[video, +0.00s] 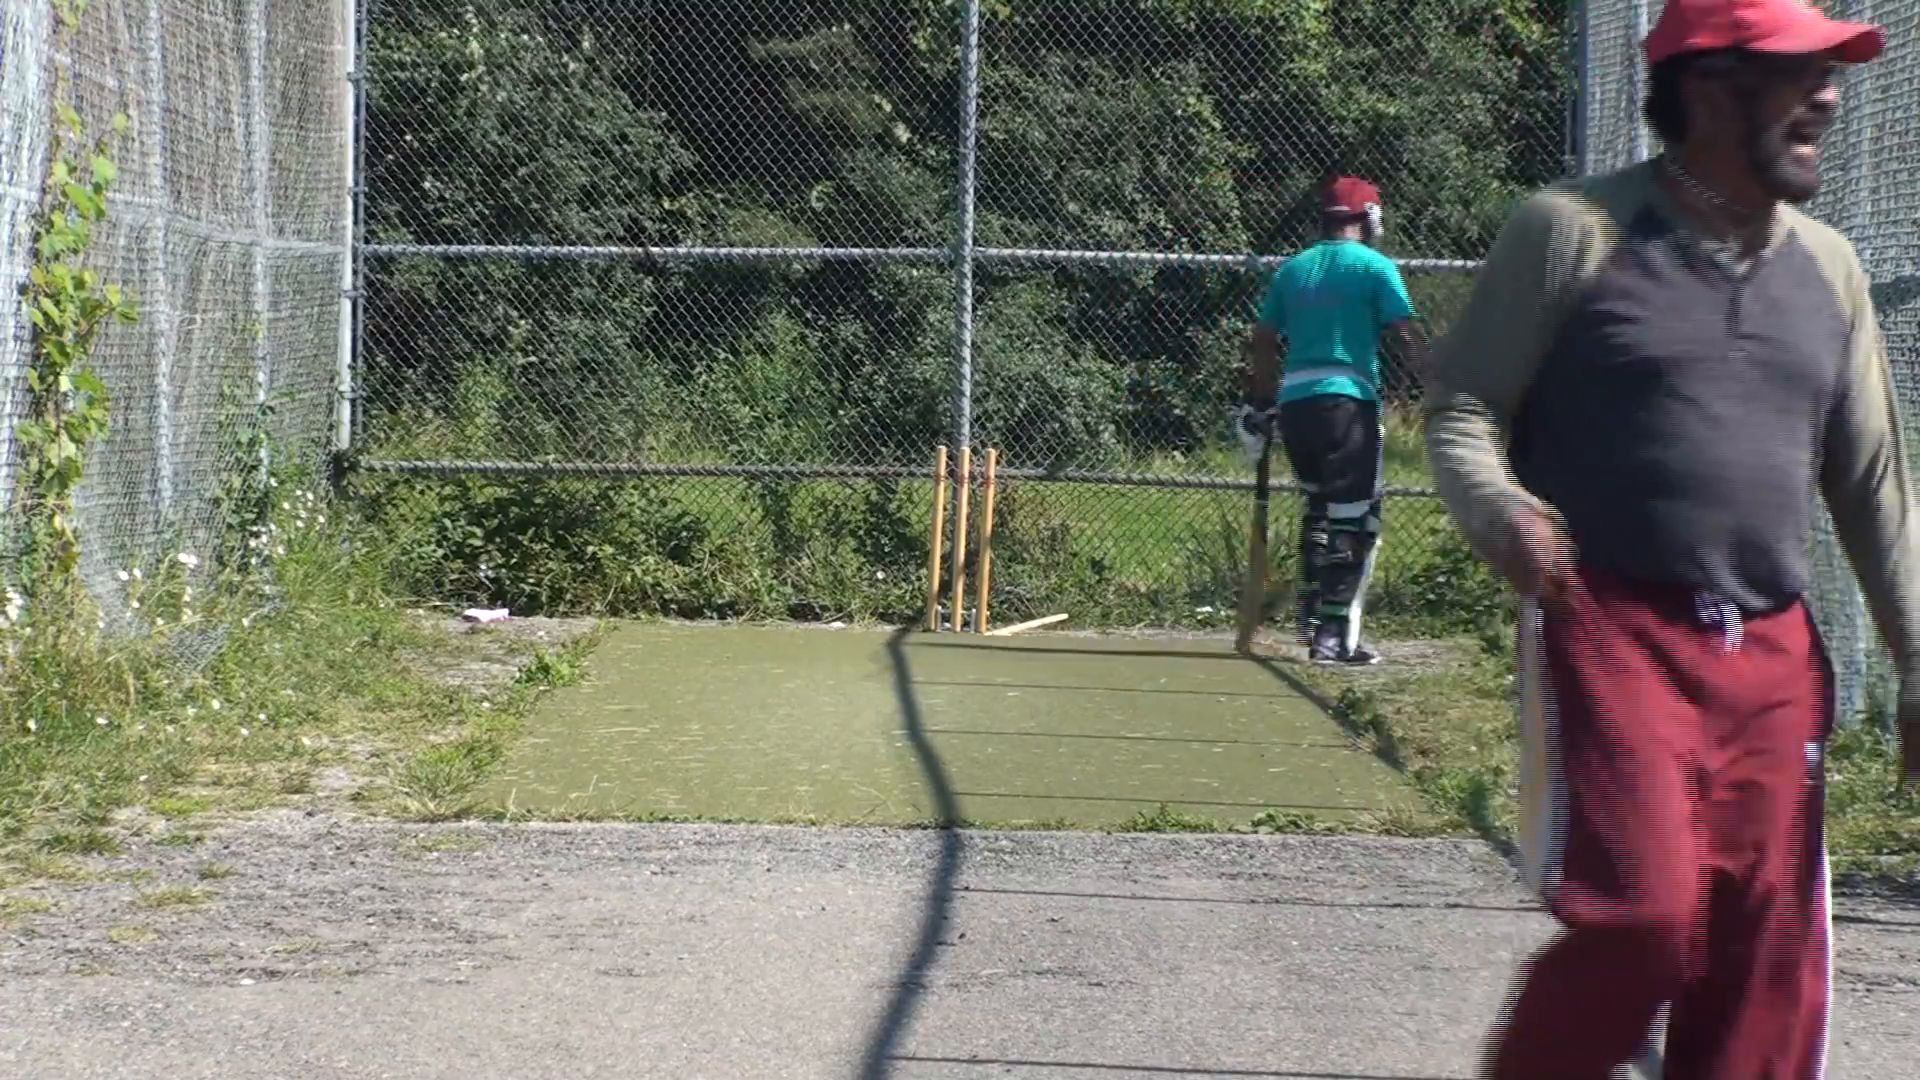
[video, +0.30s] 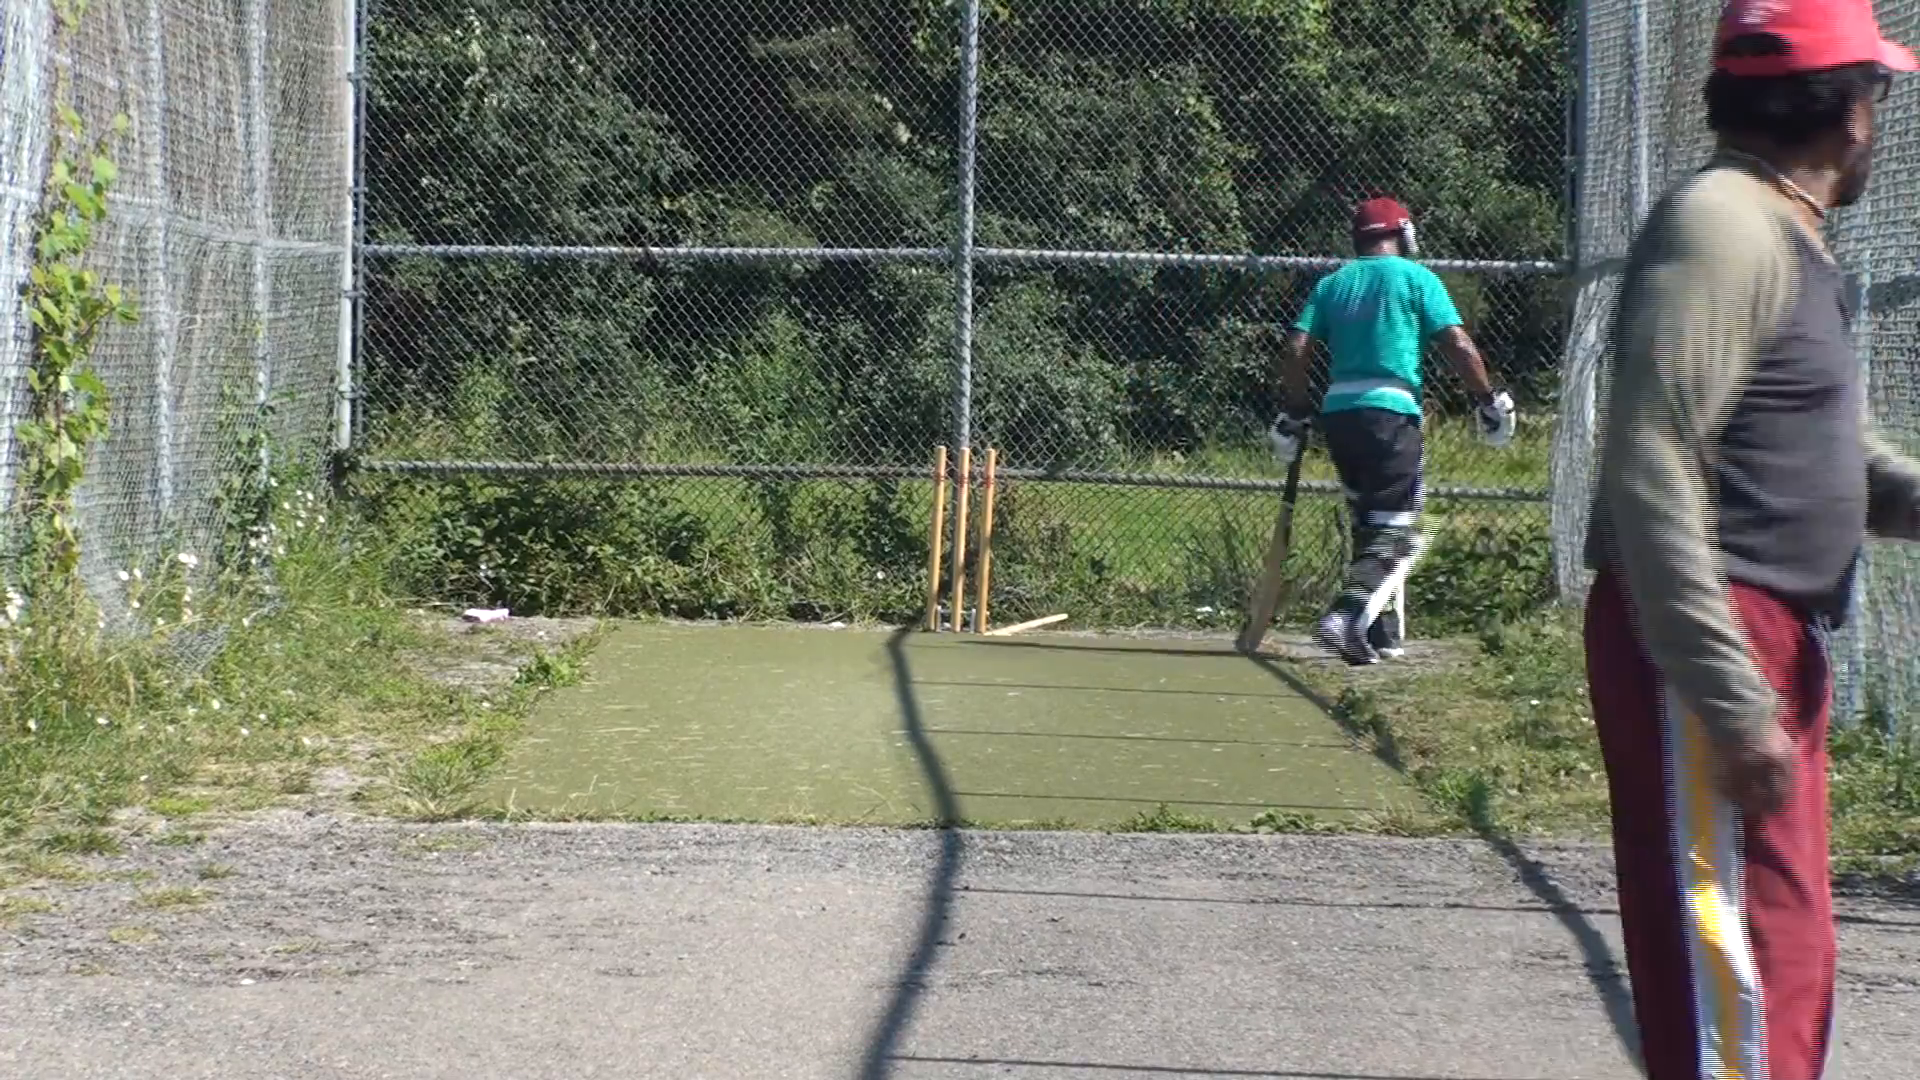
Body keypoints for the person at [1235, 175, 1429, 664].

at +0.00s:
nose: (1380, 227)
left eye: (1377, 220)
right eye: (1377, 220)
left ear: (1327, 222)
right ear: (1367, 221)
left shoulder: (1293, 268)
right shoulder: (1376, 265)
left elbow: (1261, 342)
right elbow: (1407, 338)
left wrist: (1259, 405)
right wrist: (1436, 389)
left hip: (1295, 406)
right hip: (1346, 403)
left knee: (1318, 505)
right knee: (1350, 519)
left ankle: (1312, 616)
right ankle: (1331, 637)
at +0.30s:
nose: (1414, 243)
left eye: (1410, 236)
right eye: (1411, 236)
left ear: (1359, 242)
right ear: (1401, 238)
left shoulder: (1331, 282)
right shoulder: (1417, 278)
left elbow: (1297, 350)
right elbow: (1458, 344)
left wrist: (1293, 412)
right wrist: (1488, 400)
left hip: (1337, 416)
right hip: (1390, 415)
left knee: (1367, 520)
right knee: (1396, 526)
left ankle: (1378, 629)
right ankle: (1343, 617)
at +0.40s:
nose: (1422, 241)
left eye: (1418, 235)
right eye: (1420, 234)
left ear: (1370, 239)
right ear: (1413, 235)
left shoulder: (1343, 279)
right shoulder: (1431, 274)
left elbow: (1314, 351)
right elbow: (1469, 341)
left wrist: (1303, 414)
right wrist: (1488, 403)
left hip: (1351, 415)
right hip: (1407, 414)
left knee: (1373, 516)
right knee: (1431, 520)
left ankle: (1382, 628)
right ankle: (1380, 591)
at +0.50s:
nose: (1433, 238)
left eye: (1429, 233)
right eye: (1431, 232)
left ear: (1381, 235)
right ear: (1426, 233)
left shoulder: (1353, 274)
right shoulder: (1445, 271)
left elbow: (1325, 343)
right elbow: (1480, 340)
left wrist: (1311, 412)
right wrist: (1492, 404)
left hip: (1366, 411)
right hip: (1422, 407)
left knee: (1380, 512)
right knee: (1456, 507)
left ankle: (1381, 633)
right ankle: (1427, 597)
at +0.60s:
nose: (1440, 242)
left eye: (1435, 237)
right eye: (1441, 236)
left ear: (1393, 238)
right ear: (1438, 236)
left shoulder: (1366, 272)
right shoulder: (1460, 274)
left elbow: (1335, 338)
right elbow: (1493, 346)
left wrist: (1322, 405)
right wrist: (1496, 407)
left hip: (1381, 412)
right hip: (1441, 409)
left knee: (1386, 513)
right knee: (1473, 509)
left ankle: (1383, 626)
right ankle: (1480, 611)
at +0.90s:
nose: (1425, 294)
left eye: (1427, 287)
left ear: (1433, 286)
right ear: (1476, 290)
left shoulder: (1424, 302)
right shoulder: (1502, 318)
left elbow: (1390, 348)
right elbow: (1527, 371)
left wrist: (1362, 415)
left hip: (1454, 417)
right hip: (1512, 418)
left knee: (1411, 521)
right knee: (1500, 516)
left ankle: (1390, 630)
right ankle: (1528, 617)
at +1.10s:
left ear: (1446, 332)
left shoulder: (1443, 331)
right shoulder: (1503, 342)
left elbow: (1413, 354)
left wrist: (1381, 415)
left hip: (1483, 385)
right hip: (1529, 386)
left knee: (1441, 508)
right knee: (1509, 502)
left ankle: (1444, 617)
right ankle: (1523, 611)